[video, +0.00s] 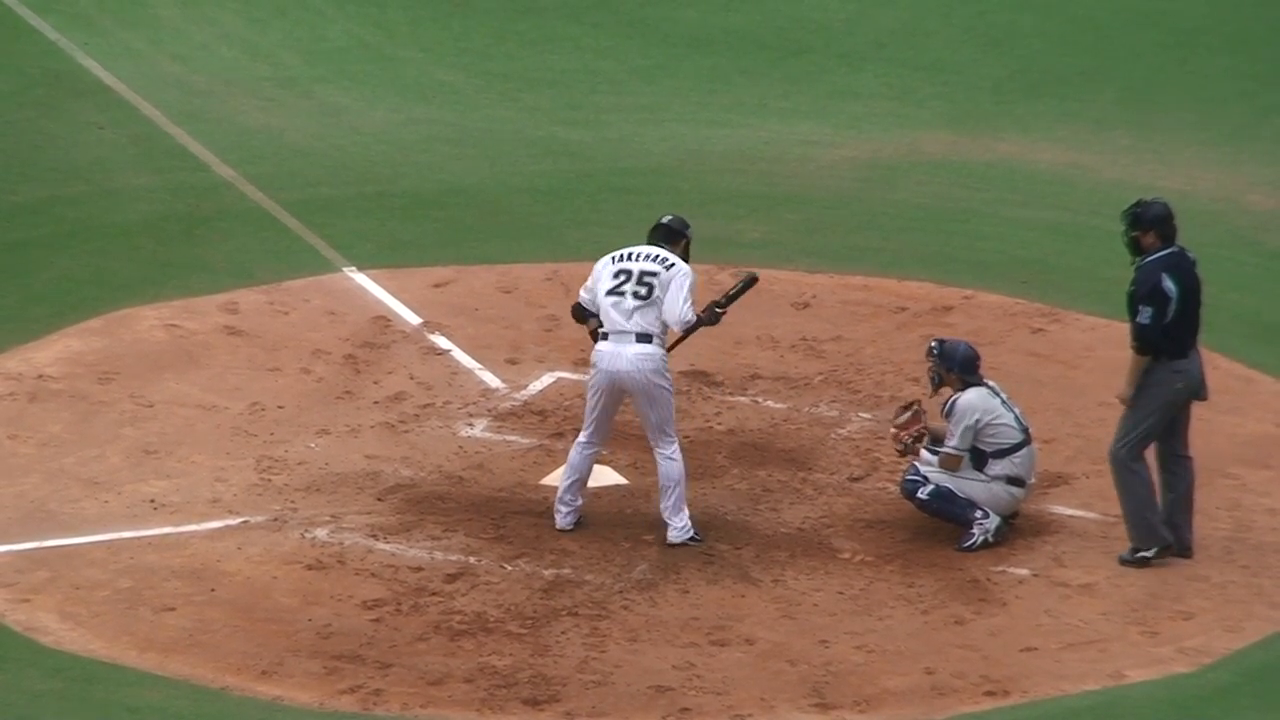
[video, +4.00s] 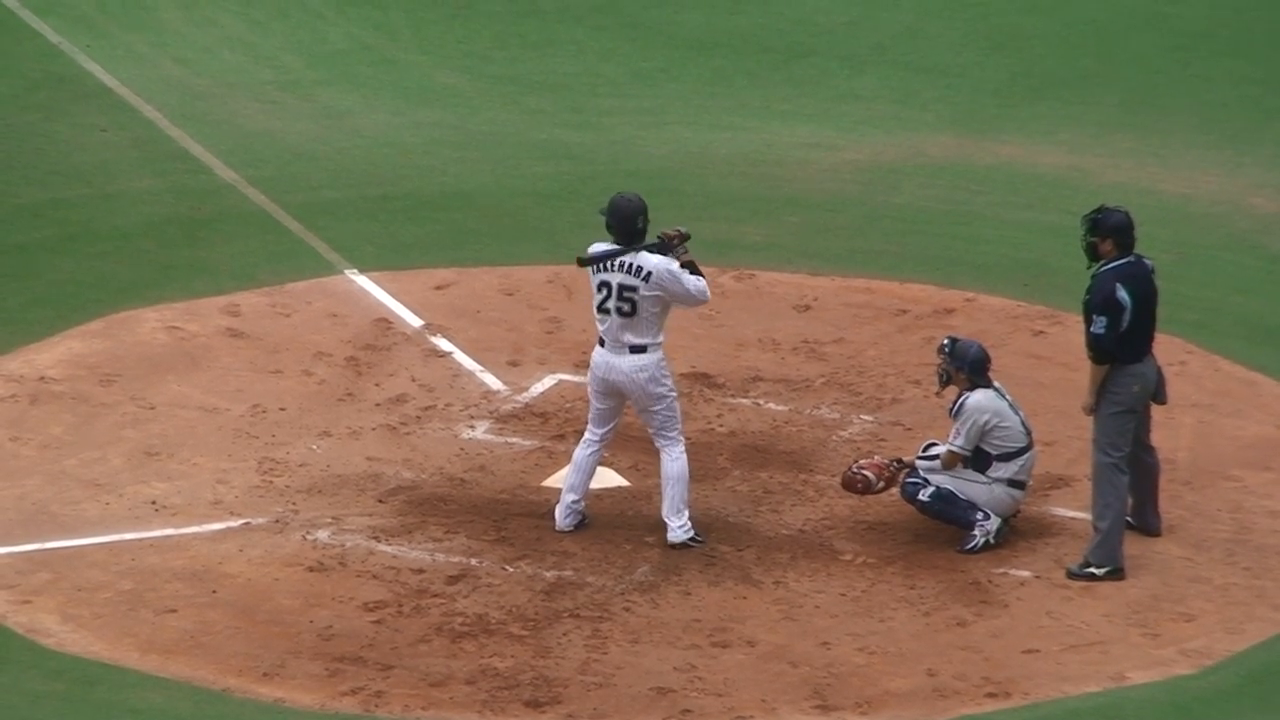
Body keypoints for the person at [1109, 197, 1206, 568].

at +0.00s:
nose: (1131, 237)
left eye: (1135, 232)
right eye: (1133, 230)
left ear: (1148, 236)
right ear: (1166, 232)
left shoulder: (1152, 272)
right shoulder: (1183, 261)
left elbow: (1144, 341)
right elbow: (1185, 323)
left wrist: (1129, 385)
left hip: (1163, 373)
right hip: (1186, 369)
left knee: (1124, 451)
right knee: (1174, 453)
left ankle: (1149, 540)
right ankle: (1177, 536)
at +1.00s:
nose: (1082, 249)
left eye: (1086, 244)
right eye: (1082, 242)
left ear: (1100, 248)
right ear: (1112, 245)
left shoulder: (1100, 289)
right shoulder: (1136, 269)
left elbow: (1094, 354)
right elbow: (1144, 326)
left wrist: (1079, 398)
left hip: (1124, 383)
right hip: (1150, 373)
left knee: (1094, 463)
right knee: (1140, 444)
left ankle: (1101, 557)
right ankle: (1146, 510)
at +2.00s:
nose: (1089, 238)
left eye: (1093, 233)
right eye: (1091, 231)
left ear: (1105, 239)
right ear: (1122, 235)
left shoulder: (1103, 277)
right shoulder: (1139, 263)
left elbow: (1096, 343)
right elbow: (1141, 323)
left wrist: (1085, 389)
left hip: (1115, 374)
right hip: (1140, 365)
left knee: (1106, 459)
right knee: (1134, 441)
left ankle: (1106, 554)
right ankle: (1144, 511)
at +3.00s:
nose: (1093, 236)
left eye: (1098, 232)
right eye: (1096, 230)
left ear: (1110, 237)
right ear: (1126, 234)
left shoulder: (1109, 276)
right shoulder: (1143, 261)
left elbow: (1106, 343)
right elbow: (1145, 321)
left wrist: (1095, 388)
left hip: (1124, 372)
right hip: (1147, 363)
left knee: (1108, 457)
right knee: (1139, 443)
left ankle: (1103, 553)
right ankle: (1145, 512)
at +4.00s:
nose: (1091, 243)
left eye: (1095, 238)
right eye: (1093, 237)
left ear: (1108, 243)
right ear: (1124, 240)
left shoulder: (1106, 284)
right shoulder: (1142, 268)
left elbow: (1102, 350)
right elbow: (1143, 327)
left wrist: (1091, 392)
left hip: (1121, 378)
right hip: (1144, 369)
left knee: (1109, 462)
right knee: (1138, 448)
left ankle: (1105, 557)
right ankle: (1147, 516)